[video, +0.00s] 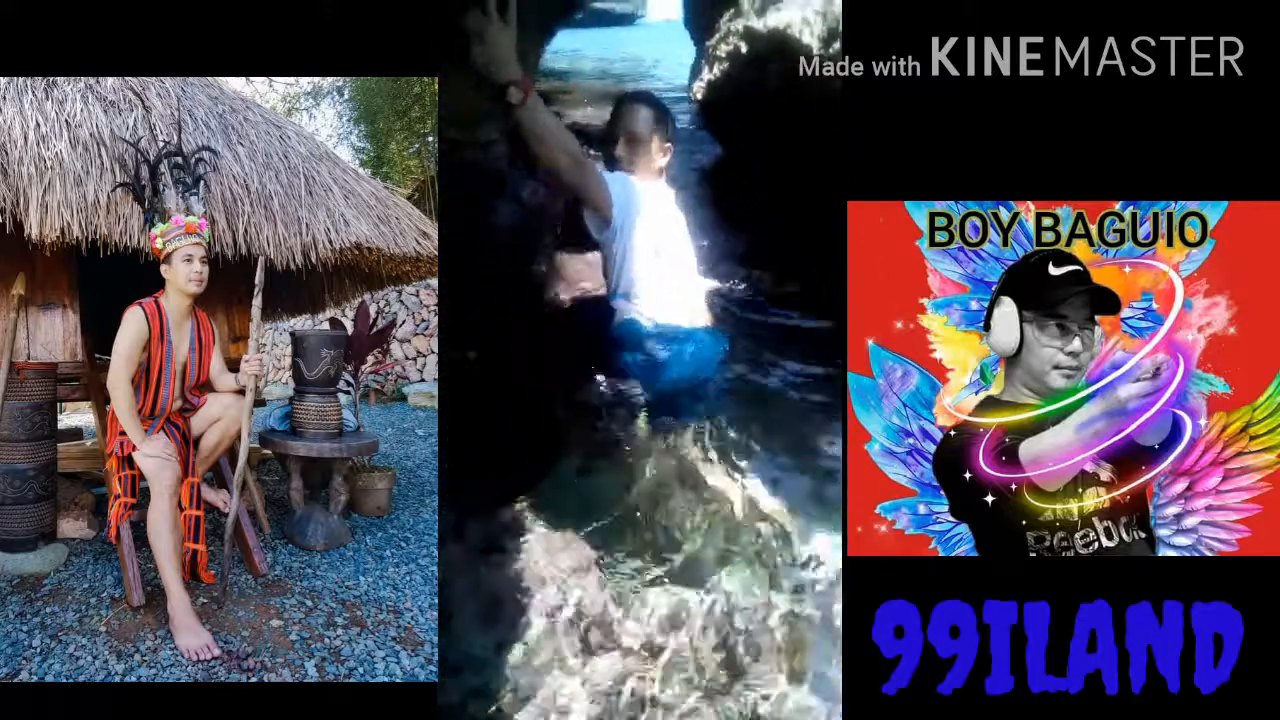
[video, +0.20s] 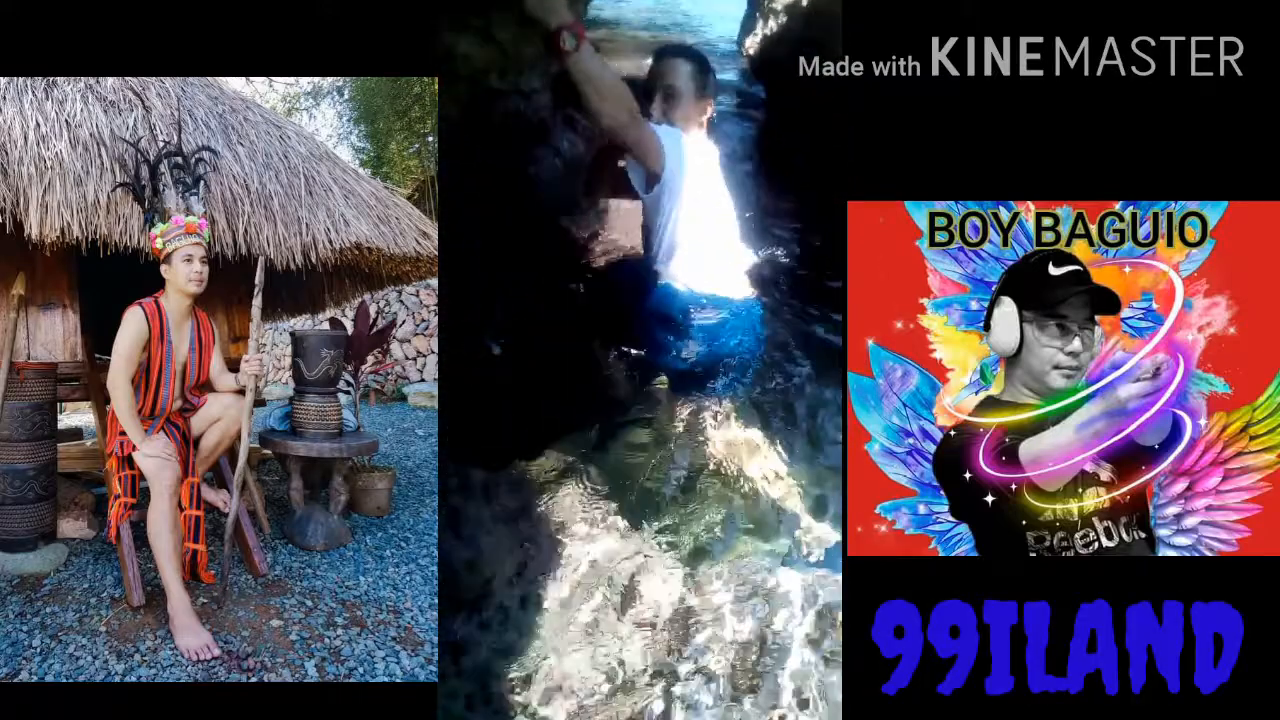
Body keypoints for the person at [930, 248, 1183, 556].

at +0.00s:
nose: (1077, 346)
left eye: (1087, 328)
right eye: (1057, 327)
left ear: (1097, 335)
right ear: (1007, 326)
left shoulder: (1113, 411)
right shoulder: (962, 446)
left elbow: (1158, 436)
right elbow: (1016, 473)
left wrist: (1148, 396)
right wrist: (1107, 413)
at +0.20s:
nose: (1077, 346)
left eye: (1087, 328)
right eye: (1057, 327)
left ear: (1097, 335)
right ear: (1007, 326)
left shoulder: (1113, 411)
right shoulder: (962, 446)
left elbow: (1158, 436)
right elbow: (1016, 473)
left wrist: (1148, 396)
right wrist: (1107, 413)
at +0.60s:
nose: (1077, 346)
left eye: (1086, 328)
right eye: (1057, 327)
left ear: (1097, 335)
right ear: (1008, 327)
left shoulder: (1112, 410)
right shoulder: (962, 446)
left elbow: (1157, 435)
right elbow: (1017, 472)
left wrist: (1148, 395)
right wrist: (1106, 414)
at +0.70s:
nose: (1077, 346)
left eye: (1087, 328)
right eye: (1057, 327)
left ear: (1097, 335)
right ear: (1007, 326)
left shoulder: (1113, 411)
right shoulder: (962, 446)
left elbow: (1158, 436)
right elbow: (1016, 473)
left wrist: (1148, 396)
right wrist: (1107, 413)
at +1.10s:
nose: (1077, 346)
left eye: (1086, 328)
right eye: (1057, 327)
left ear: (1097, 334)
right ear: (1008, 327)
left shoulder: (1112, 410)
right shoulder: (962, 446)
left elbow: (1157, 436)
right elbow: (1017, 473)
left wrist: (1148, 395)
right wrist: (1107, 413)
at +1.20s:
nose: (1077, 346)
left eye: (1087, 328)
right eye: (1057, 327)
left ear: (1097, 334)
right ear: (1008, 326)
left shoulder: (1112, 409)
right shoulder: (962, 446)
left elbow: (1157, 435)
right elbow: (1021, 471)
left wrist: (1148, 396)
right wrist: (1108, 411)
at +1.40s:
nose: (1077, 346)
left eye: (1086, 328)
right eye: (1057, 326)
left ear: (1097, 335)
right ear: (1008, 326)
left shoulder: (1113, 410)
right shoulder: (962, 446)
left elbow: (1157, 435)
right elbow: (1019, 472)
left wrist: (1149, 395)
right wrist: (1106, 414)